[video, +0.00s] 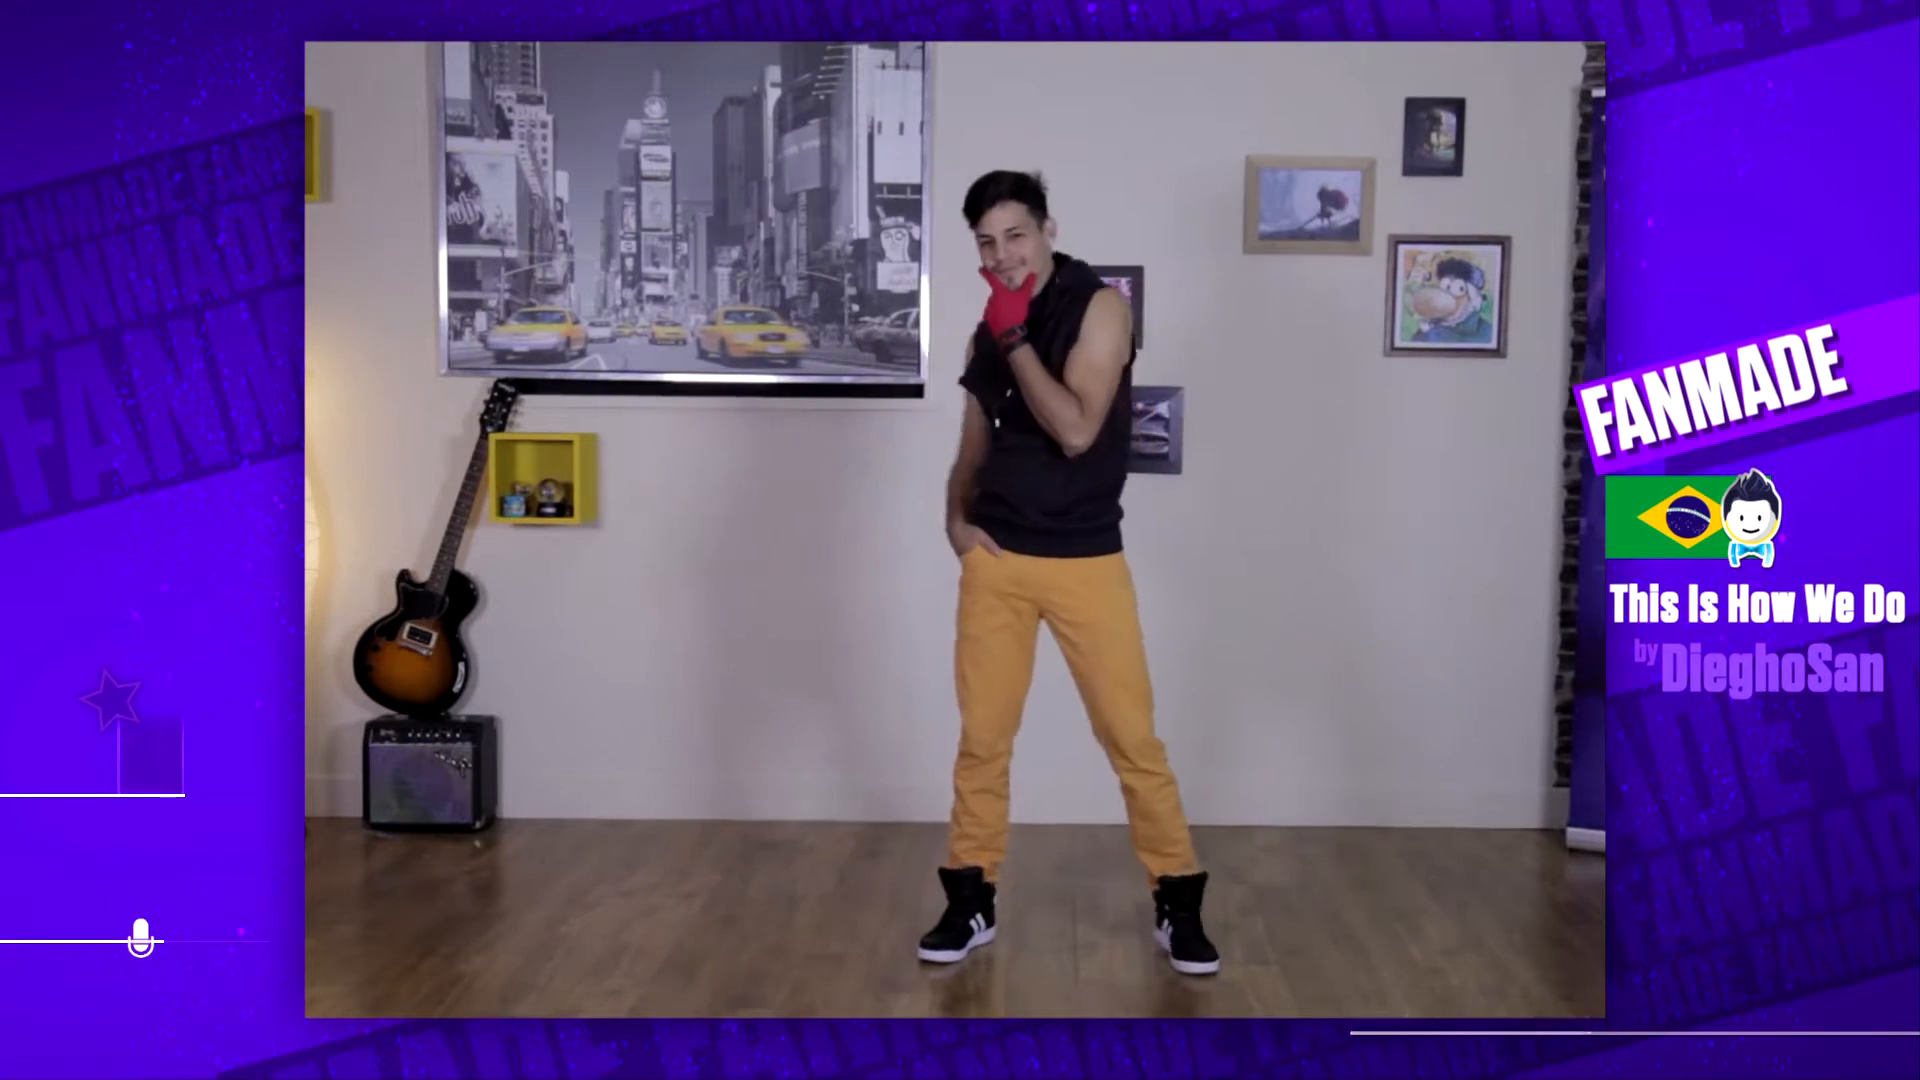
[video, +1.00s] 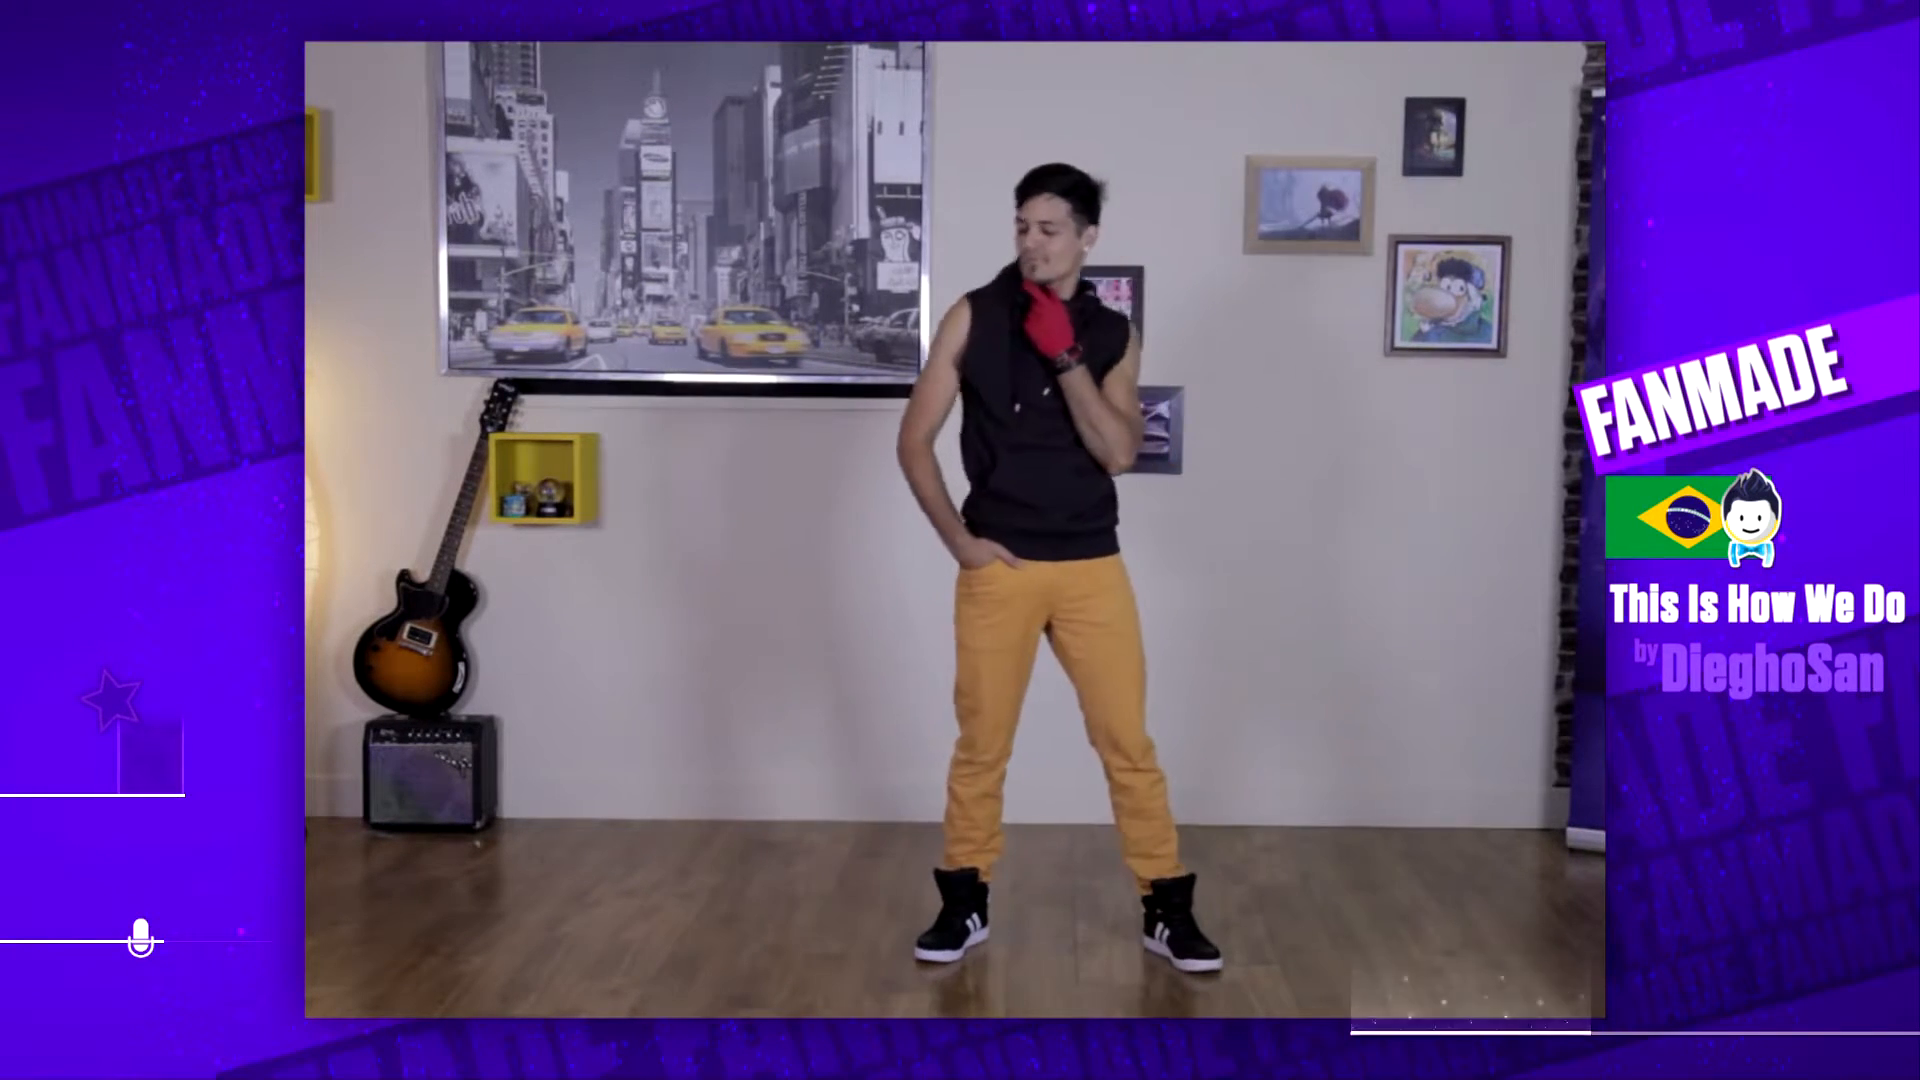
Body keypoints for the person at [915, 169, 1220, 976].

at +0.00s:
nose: (1002, 254)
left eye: (1015, 237)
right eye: (988, 243)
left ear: (1048, 232)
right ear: (978, 249)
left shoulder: (1103, 309)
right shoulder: (992, 335)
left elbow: (1078, 428)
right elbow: (974, 444)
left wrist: (1013, 340)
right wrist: (957, 515)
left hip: (1087, 565)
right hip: (995, 559)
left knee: (1132, 741)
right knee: (981, 739)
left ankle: (1179, 903)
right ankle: (969, 901)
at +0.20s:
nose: (1045, 240)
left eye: (1058, 224)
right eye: (1032, 231)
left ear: (1095, 225)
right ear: (1025, 242)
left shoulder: (1135, 303)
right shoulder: (1045, 317)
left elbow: (1107, 419)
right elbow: (1037, 432)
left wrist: (1049, 328)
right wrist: (1001, 511)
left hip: (1119, 574)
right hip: (1030, 568)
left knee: (1154, 747)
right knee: (998, 748)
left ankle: (1189, 908)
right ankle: (980, 904)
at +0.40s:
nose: (1076, 253)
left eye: (1091, 238)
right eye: (1067, 240)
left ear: (1136, 232)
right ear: (1060, 241)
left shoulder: (1182, 318)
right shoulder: (1058, 326)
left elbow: (1155, 429)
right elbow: (1036, 439)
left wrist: (1090, 342)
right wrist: (1016, 519)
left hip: (1144, 571)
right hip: (1050, 566)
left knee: (1166, 746)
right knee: (1015, 741)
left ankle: (1190, 908)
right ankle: (982, 902)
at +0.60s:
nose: (1089, 267)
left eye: (1107, 253)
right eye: (1082, 250)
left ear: (1152, 253)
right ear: (1073, 245)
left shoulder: (1180, 336)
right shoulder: (1039, 319)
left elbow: (1169, 446)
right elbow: (983, 439)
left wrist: (1105, 356)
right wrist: (1008, 534)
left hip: (1144, 570)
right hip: (1049, 566)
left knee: (1163, 742)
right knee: (1007, 742)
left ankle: (1190, 907)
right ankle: (978, 903)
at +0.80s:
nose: (1066, 248)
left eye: (1084, 236)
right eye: (1061, 232)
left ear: (1128, 244)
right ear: (1053, 232)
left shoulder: (1141, 338)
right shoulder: (1012, 307)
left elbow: (1144, 447)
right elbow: (950, 427)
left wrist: (1092, 352)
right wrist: (989, 538)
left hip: (1116, 567)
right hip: (1023, 566)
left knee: (1147, 740)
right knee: (991, 742)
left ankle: (1171, 907)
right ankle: (963, 903)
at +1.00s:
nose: (1034, 242)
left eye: (1051, 229)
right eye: (1025, 228)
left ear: (1087, 238)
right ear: (1016, 233)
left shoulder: (1111, 332)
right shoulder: (974, 317)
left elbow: (1119, 453)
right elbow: (914, 440)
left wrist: (1068, 358)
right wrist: (960, 540)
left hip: (1092, 569)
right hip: (998, 568)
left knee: (1127, 742)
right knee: (981, 744)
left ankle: (1167, 905)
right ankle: (962, 903)